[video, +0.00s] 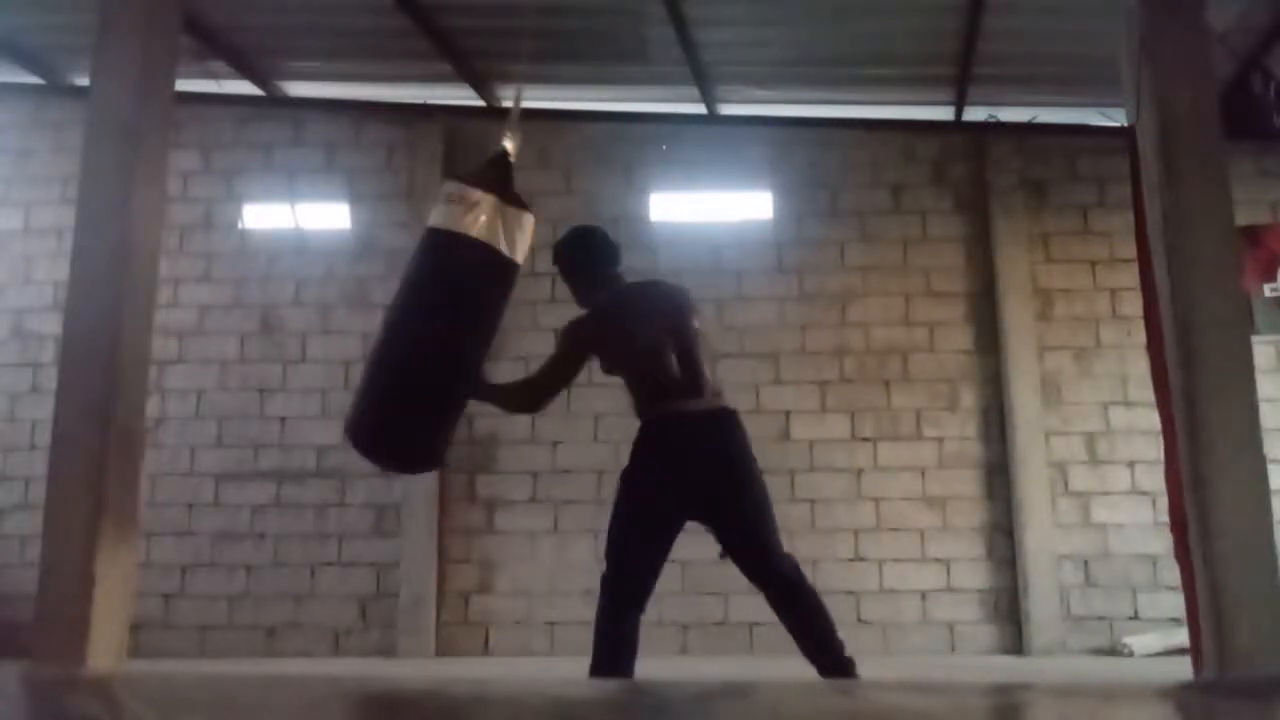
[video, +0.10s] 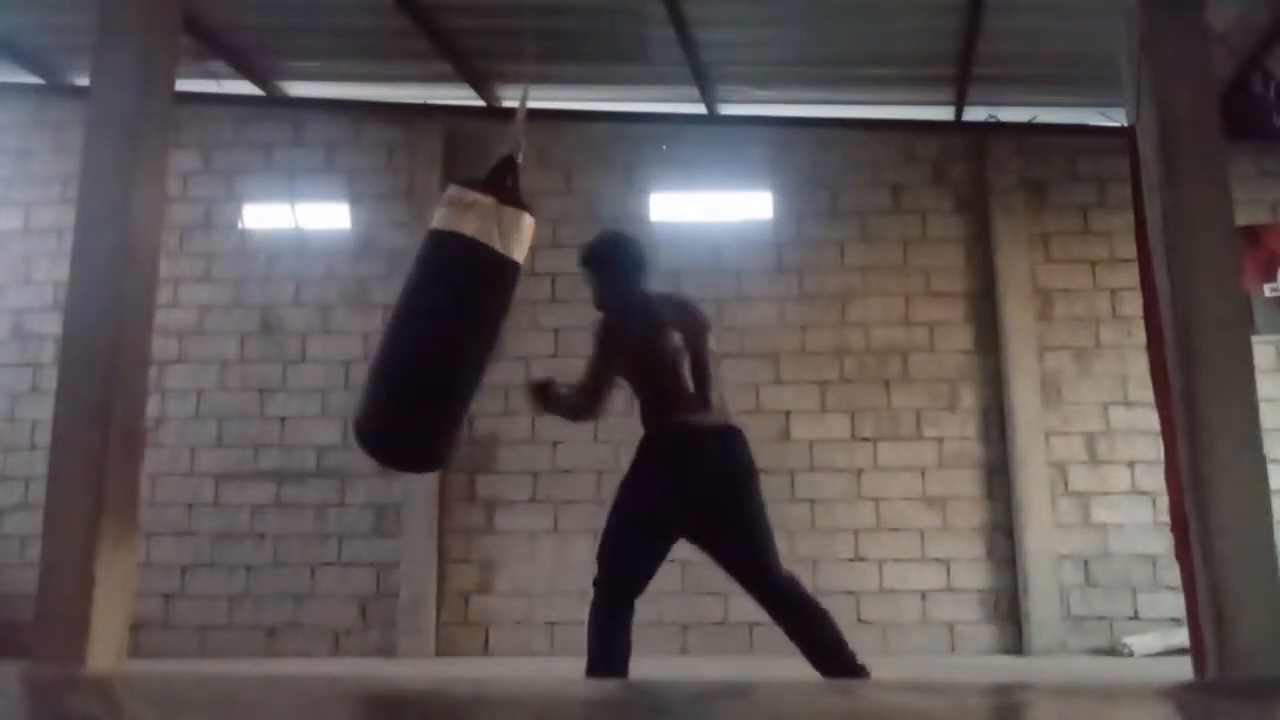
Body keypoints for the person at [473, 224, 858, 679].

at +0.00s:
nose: (569, 288)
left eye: (568, 277)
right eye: (565, 277)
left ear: (578, 274)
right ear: (613, 259)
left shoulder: (589, 326)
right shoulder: (670, 292)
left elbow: (532, 395)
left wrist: (474, 387)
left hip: (664, 444)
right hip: (722, 435)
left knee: (624, 586)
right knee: (768, 562)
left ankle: (607, 703)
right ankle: (842, 675)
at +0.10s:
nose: (592, 291)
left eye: (594, 279)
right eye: (591, 280)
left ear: (610, 277)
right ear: (638, 271)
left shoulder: (618, 324)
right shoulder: (682, 308)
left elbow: (585, 404)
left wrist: (549, 397)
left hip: (670, 455)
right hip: (725, 449)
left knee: (615, 587)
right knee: (767, 578)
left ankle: (603, 707)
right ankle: (855, 684)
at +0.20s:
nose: (623, 296)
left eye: (627, 283)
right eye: (622, 284)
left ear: (644, 282)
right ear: (669, 278)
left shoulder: (662, 325)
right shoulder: (712, 321)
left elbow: (641, 402)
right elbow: (703, 388)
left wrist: (596, 385)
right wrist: (645, 343)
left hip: (683, 462)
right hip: (735, 461)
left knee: (619, 591)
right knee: (771, 595)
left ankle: (607, 705)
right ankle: (852, 695)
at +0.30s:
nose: (644, 276)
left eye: (647, 264)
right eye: (641, 265)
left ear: (665, 261)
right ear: (692, 256)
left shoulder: (685, 300)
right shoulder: (736, 297)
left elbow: (692, 368)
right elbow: (743, 372)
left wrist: (638, 357)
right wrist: (671, 331)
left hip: (719, 438)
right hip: (767, 433)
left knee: (667, 562)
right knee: (799, 561)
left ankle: (629, 670)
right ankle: (870, 669)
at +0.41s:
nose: (674, 275)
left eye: (675, 262)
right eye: (670, 263)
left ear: (693, 256)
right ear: (715, 251)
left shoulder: (725, 293)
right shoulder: (758, 290)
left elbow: (732, 357)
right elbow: (769, 360)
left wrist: (680, 341)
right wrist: (697, 331)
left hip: (755, 430)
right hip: (797, 427)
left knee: (686, 548)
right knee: (815, 558)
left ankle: (698, 673)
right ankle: (892, 669)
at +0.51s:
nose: (701, 287)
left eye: (706, 275)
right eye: (700, 276)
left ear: (728, 274)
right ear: (747, 272)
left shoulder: (755, 315)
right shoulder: (787, 317)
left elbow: (754, 380)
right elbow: (798, 385)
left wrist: (707, 354)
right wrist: (726, 343)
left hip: (786, 456)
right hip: (825, 453)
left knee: (719, 573)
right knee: (833, 581)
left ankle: (766, 687)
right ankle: (911, 682)